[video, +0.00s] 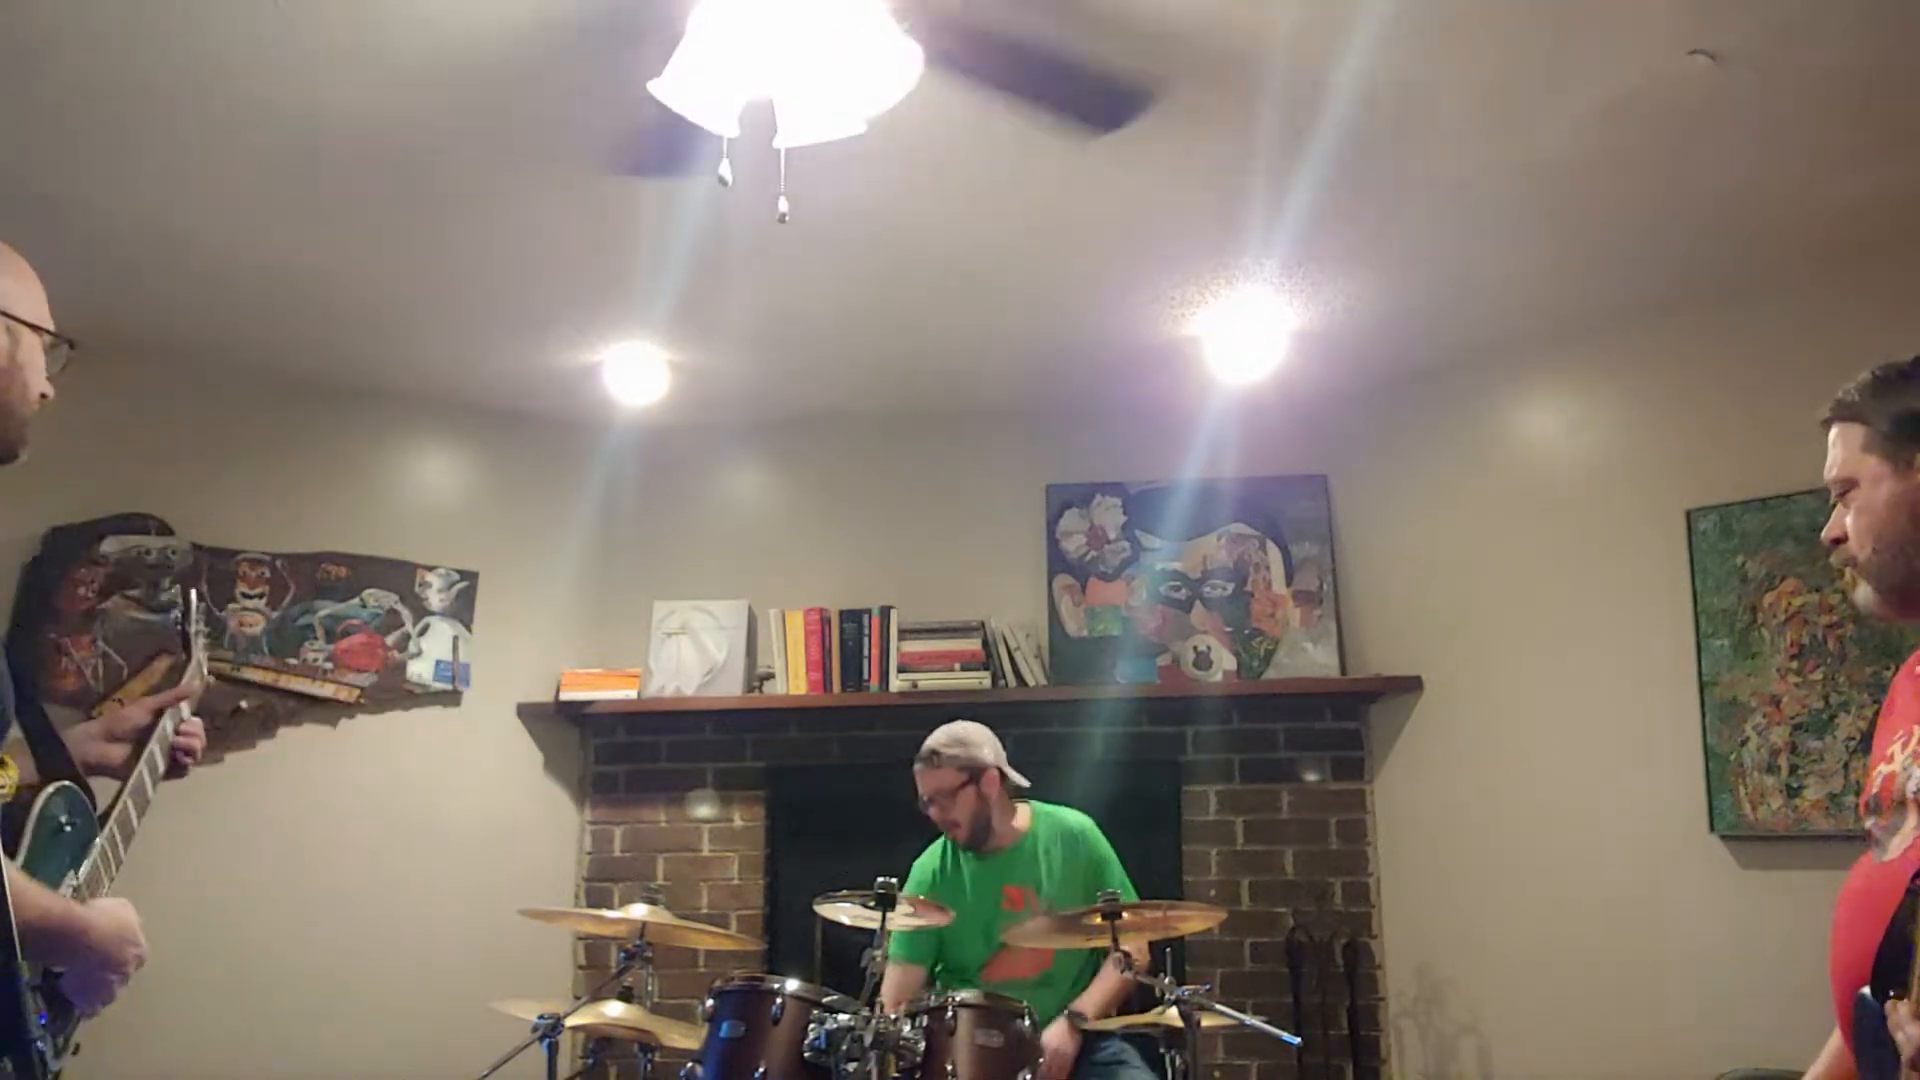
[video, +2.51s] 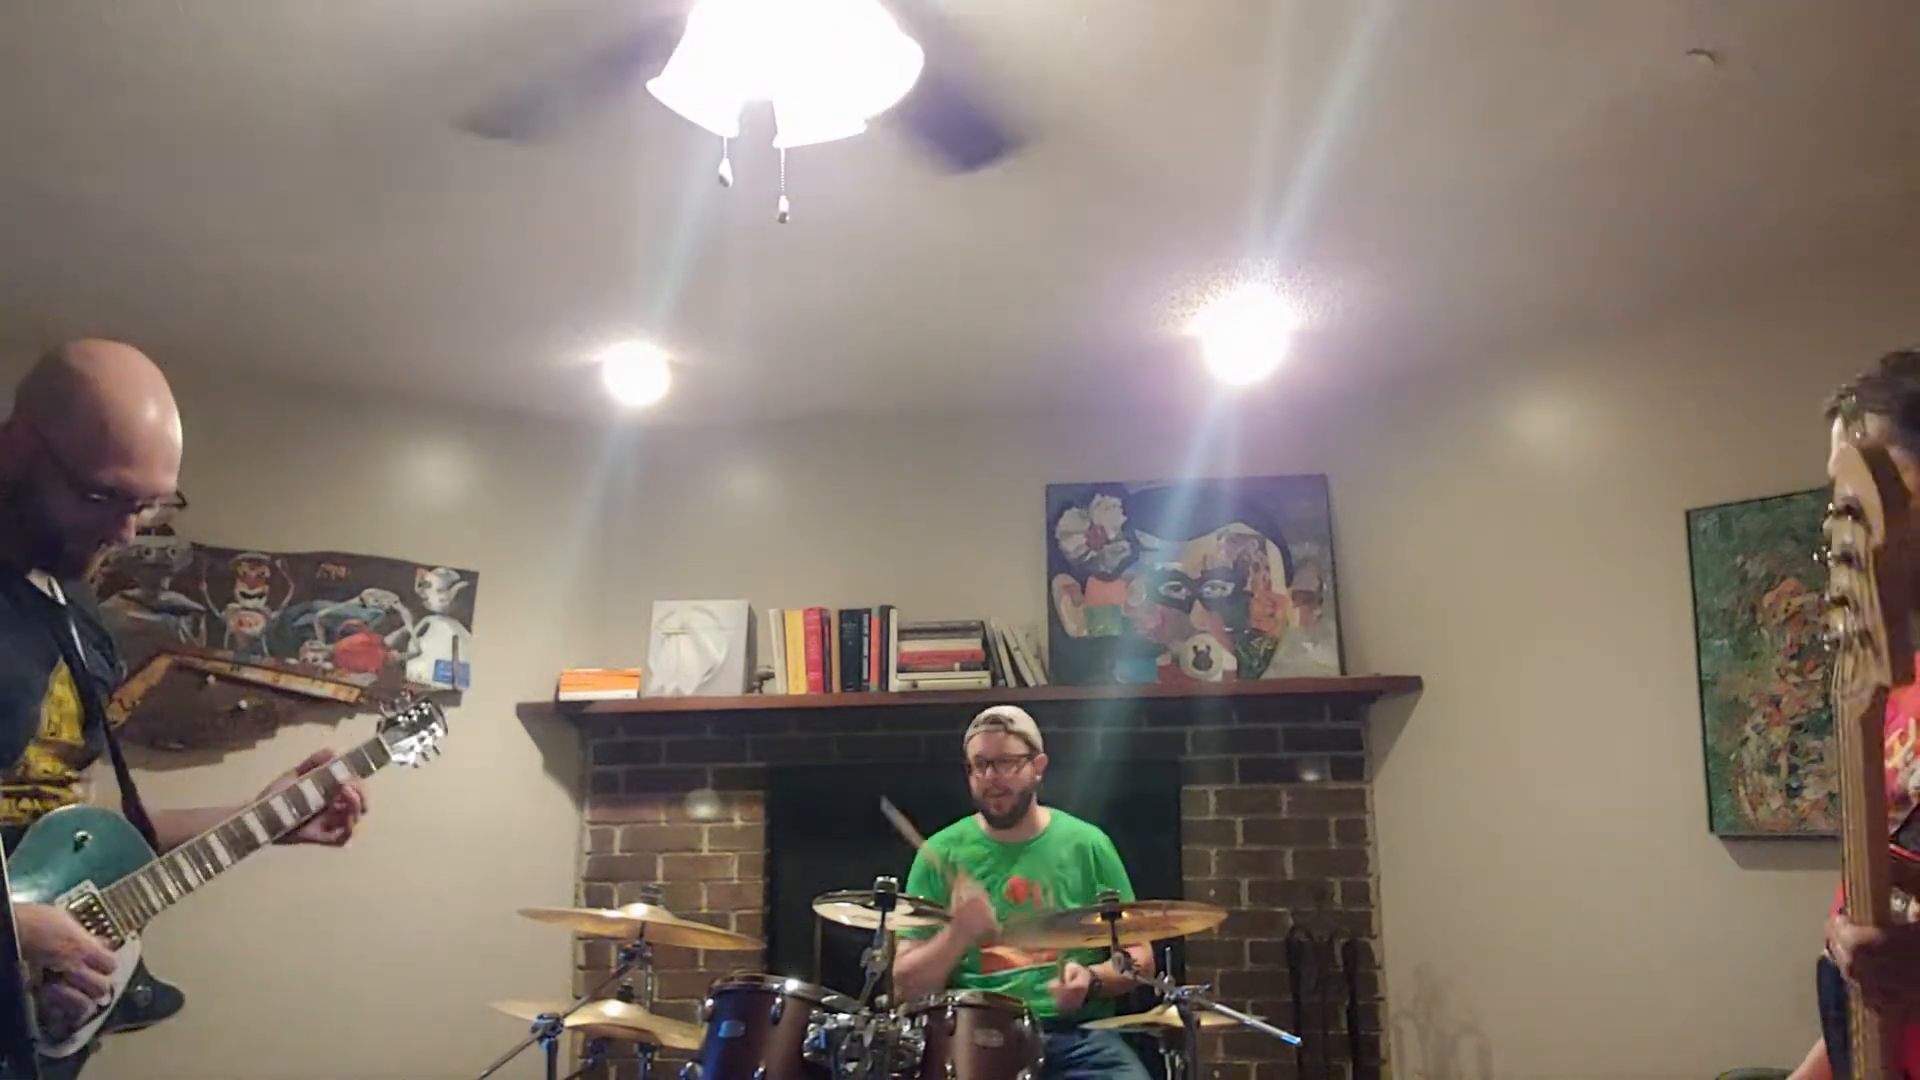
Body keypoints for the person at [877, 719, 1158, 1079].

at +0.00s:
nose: (935, 816)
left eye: (944, 798)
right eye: (928, 803)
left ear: (989, 782)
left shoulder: (1074, 836)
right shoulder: (931, 872)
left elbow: (1133, 946)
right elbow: (895, 1004)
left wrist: (1073, 1022)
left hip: (1077, 1037)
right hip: (971, 1039)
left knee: (1136, 1075)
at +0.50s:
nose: (967, 788)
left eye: (980, 771)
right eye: (959, 777)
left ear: (1021, 767)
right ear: (953, 781)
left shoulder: (1083, 847)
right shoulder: (941, 860)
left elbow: (1120, 970)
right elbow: (892, 983)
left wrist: (1017, 957)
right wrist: (931, 934)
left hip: (1078, 1031)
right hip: (970, 1034)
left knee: (1134, 1074)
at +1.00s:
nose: (982, 783)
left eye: (997, 768)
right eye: (971, 770)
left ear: (1031, 766)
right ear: (959, 775)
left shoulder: (1088, 846)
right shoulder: (940, 856)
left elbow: (1142, 959)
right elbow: (902, 976)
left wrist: (1078, 976)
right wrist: (981, 975)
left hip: (1074, 1030)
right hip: (971, 1032)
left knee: (1130, 1074)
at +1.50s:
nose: (1005, 773)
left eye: (1018, 758)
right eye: (992, 760)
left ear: (1047, 764)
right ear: (976, 769)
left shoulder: (1093, 848)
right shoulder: (943, 852)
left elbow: (1139, 963)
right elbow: (902, 974)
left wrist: (1093, 979)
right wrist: (977, 976)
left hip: (1072, 1030)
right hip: (969, 1031)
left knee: (1131, 1074)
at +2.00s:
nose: (1009, 767)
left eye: (1021, 755)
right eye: (996, 758)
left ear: (1049, 765)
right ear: (980, 772)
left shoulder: (1093, 852)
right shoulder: (946, 858)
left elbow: (1140, 968)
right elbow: (906, 977)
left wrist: (1092, 977)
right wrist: (979, 974)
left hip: (1079, 1029)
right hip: (977, 1033)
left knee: (1127, 1073)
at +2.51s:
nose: (993, 778)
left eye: (1008, 764)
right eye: (981, 765)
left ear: (1038, 767)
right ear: (967, 771)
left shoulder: (1088, 845)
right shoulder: (939, 854)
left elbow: (1140, 958)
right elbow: (904, 984)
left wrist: (1093, 976)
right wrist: (957, 933)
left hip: (1074, 1029)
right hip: (972, 1031)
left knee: (1130, 1074)